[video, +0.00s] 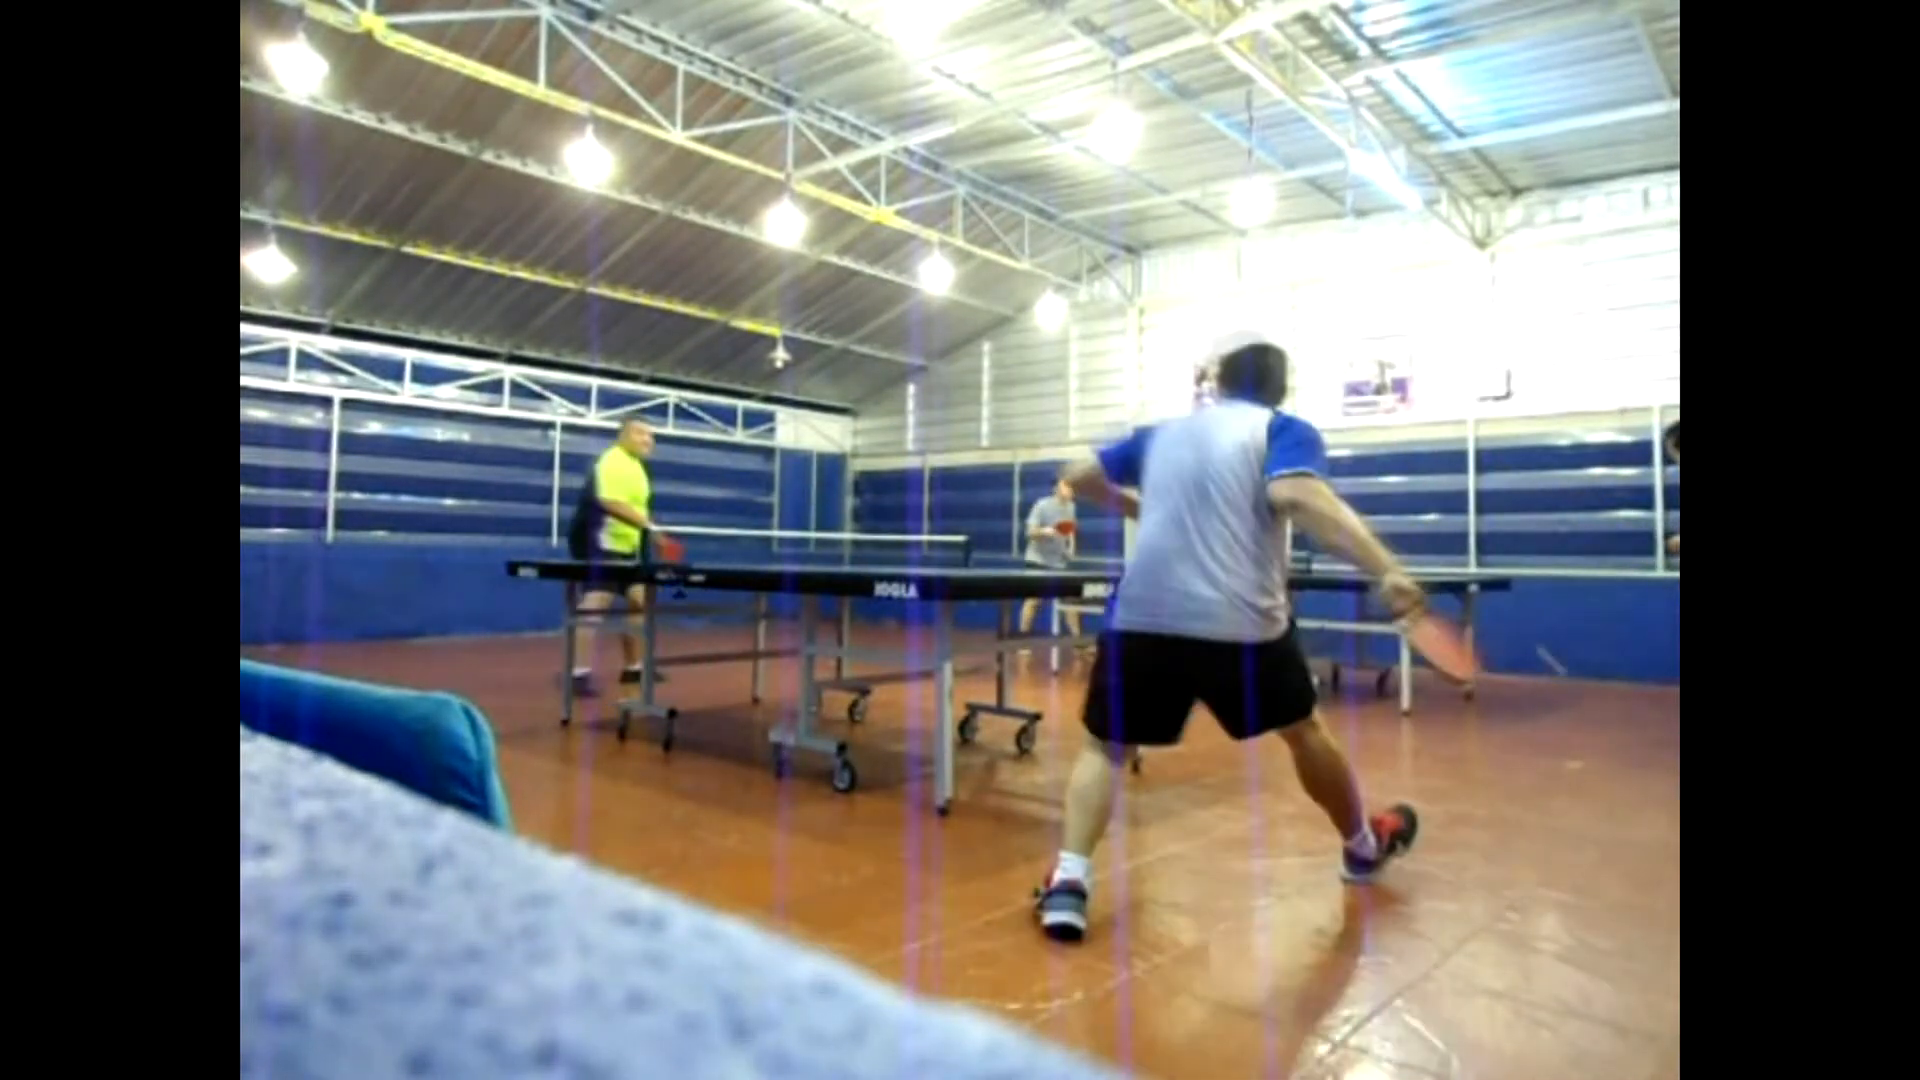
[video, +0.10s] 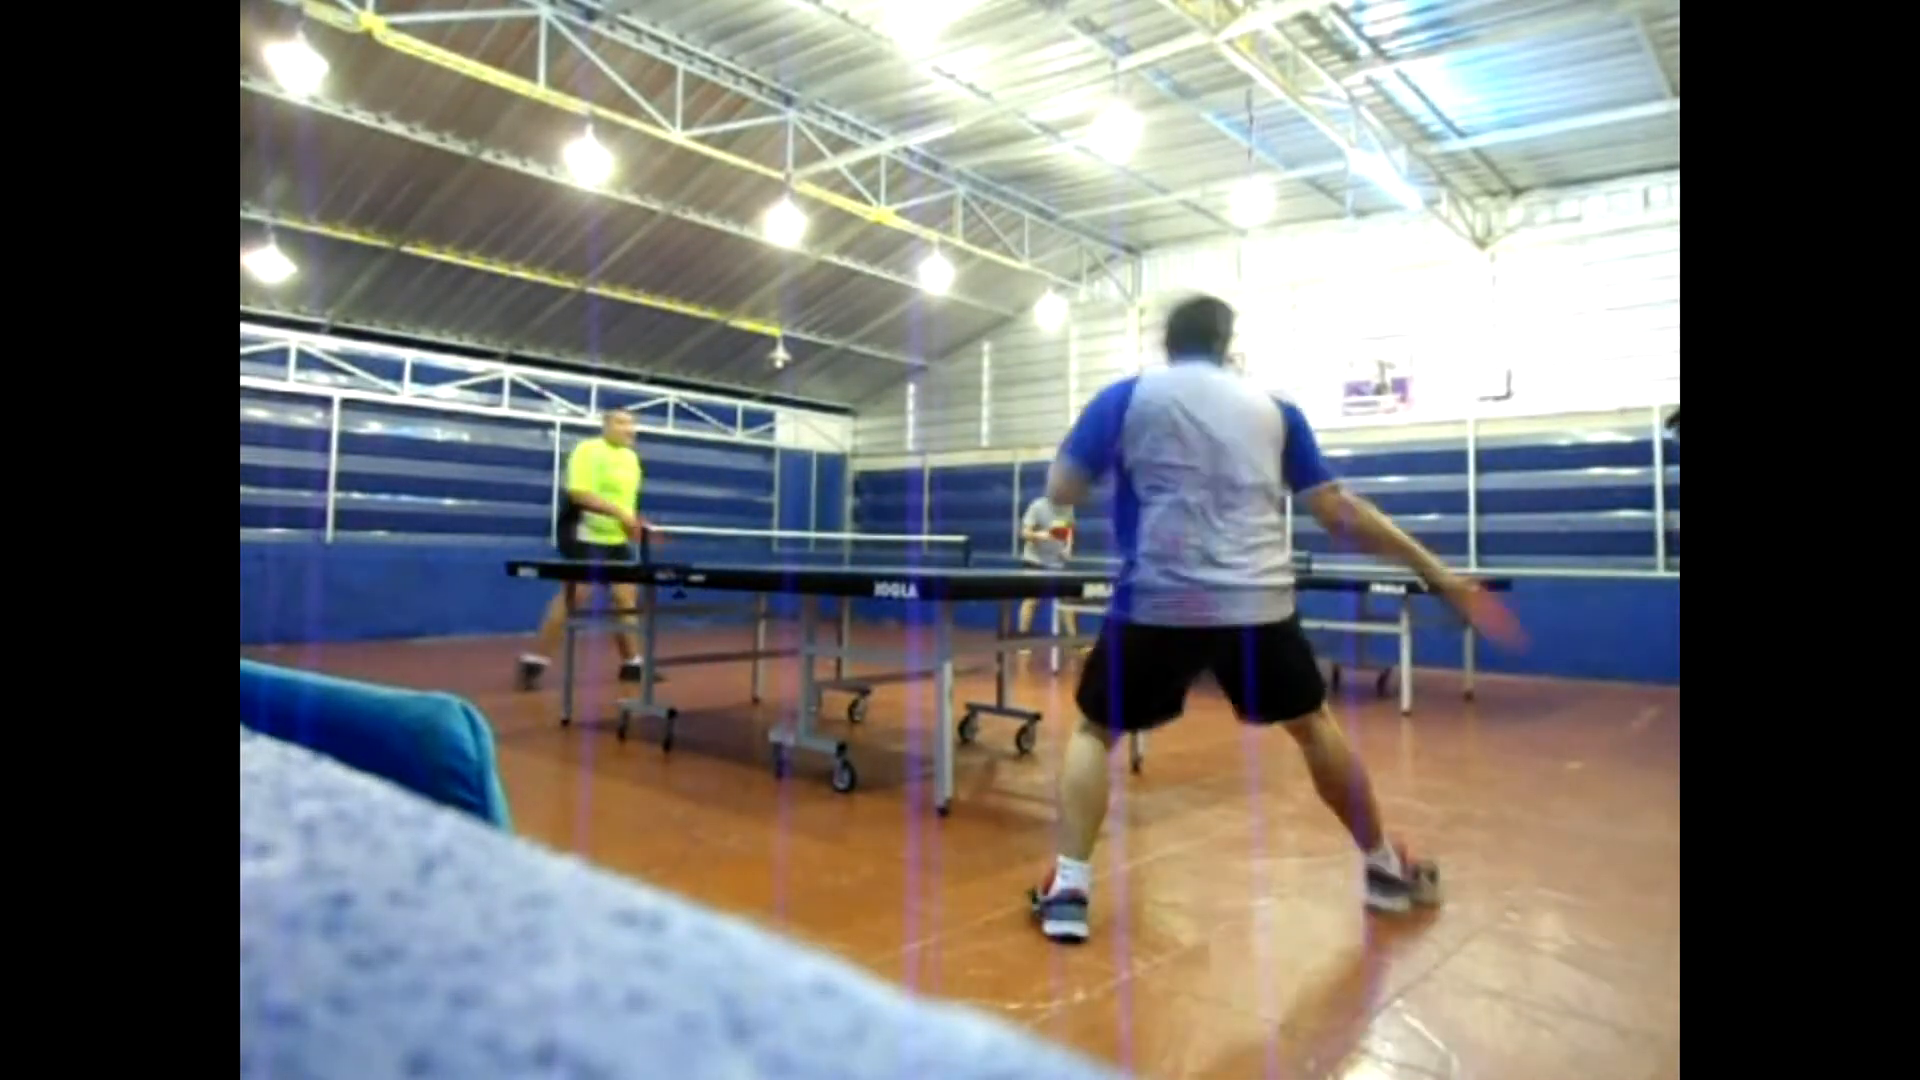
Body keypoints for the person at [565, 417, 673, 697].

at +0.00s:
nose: (648, 441)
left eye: (650, 436)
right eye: (643, 434)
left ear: (646, 441)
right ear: (626, 435)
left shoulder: (637, 466)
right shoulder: (611, 462)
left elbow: (637, 507)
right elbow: (608, 500)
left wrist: (655, 537)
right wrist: (648, 525)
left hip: (631, 546)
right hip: (605, 545)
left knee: (638, 602)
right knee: (595, 604)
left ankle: (634, 664)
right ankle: (581, 668)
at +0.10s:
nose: (628, 429)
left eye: (631, 423)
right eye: (621, 422)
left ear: (634, 428)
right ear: (607, 425)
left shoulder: (631, 459)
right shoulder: (587, 450)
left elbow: (627, 501)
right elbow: (578, 492)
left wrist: (641, 527)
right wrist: (621, 515)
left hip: (617, 539)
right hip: (586, 537)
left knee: (626, 599)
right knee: (573, 597)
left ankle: (632, 660)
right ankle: (537, 656)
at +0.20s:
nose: (607, 430)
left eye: (610, 424)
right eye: (601, 424)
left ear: (613, 428)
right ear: (586, 426)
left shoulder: (620, 459)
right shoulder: (561, 451)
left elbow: (623, 495)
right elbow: (550, 491)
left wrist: (633, 513)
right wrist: (587, 513)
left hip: (605, 541)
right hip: (567, 539)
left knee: (620, 594)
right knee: (546, 596)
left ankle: (628, 655)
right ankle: (507, 658)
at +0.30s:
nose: (586, 442)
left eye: (590, 435)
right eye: (580, 435)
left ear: (594, 439)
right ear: (565, 437)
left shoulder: (604, 470)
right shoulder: (542, 466)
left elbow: (616, 503)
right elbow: (521, 501)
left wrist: (620, 511)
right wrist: (541, 516)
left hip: (592, 551)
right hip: (548, 551)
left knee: (614, 601)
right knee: (527, 607)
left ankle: (614, 655)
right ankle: (497, 665)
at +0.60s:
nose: (550, 445)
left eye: (555, 439)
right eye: (544, 440)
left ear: (565, 441)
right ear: (536, 445)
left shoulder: (587, 465)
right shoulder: (527, 472)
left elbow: (618, 488)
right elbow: (508, 495)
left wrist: (613, 501)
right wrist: (517, 507)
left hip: (589, 547)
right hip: (546, 549)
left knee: (611, 601)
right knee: (531, 603)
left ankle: (611, 659)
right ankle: (501, 666)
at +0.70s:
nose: (550, 445)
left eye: (555, 439)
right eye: (546, 440)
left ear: (570, 440)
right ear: (542, 444)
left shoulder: (594, 464)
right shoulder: (539, 470)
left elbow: (621, 488)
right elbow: (520, 499)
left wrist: (626, 492)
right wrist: (520, 467)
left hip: (596, 546)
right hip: (553, 546)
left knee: (611, 603)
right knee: (538, 604)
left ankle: (612, 659)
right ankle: (504, 665)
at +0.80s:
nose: (550, 445)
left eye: (555, 439)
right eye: (549, 440)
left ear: (572, 440)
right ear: (551, 443)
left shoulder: (601, 467)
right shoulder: (547, 468)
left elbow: (629, 498)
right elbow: (524, 487)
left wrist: (618, 498)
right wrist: (520, 452)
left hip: (599, 547)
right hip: (556, 546)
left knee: (611, 604)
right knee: (542, 601)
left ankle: (612, 659)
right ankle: (512, 659)